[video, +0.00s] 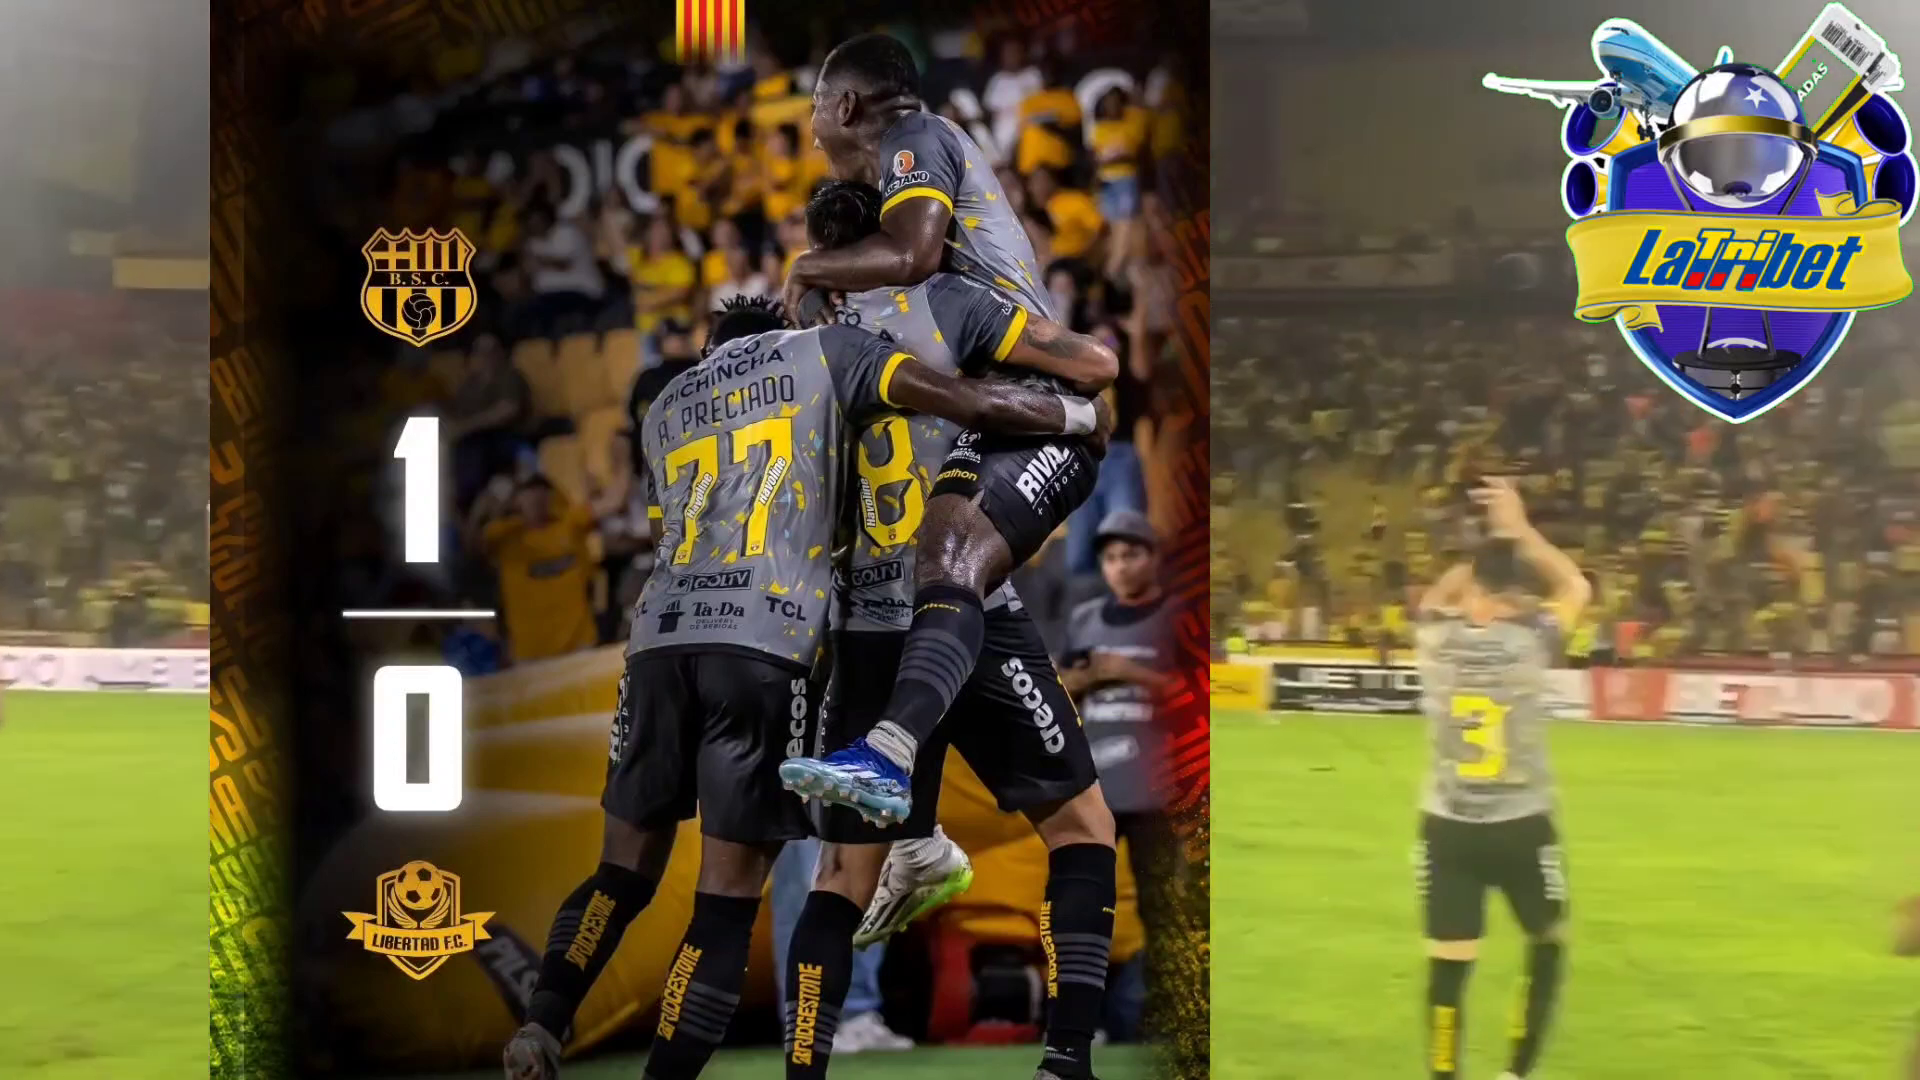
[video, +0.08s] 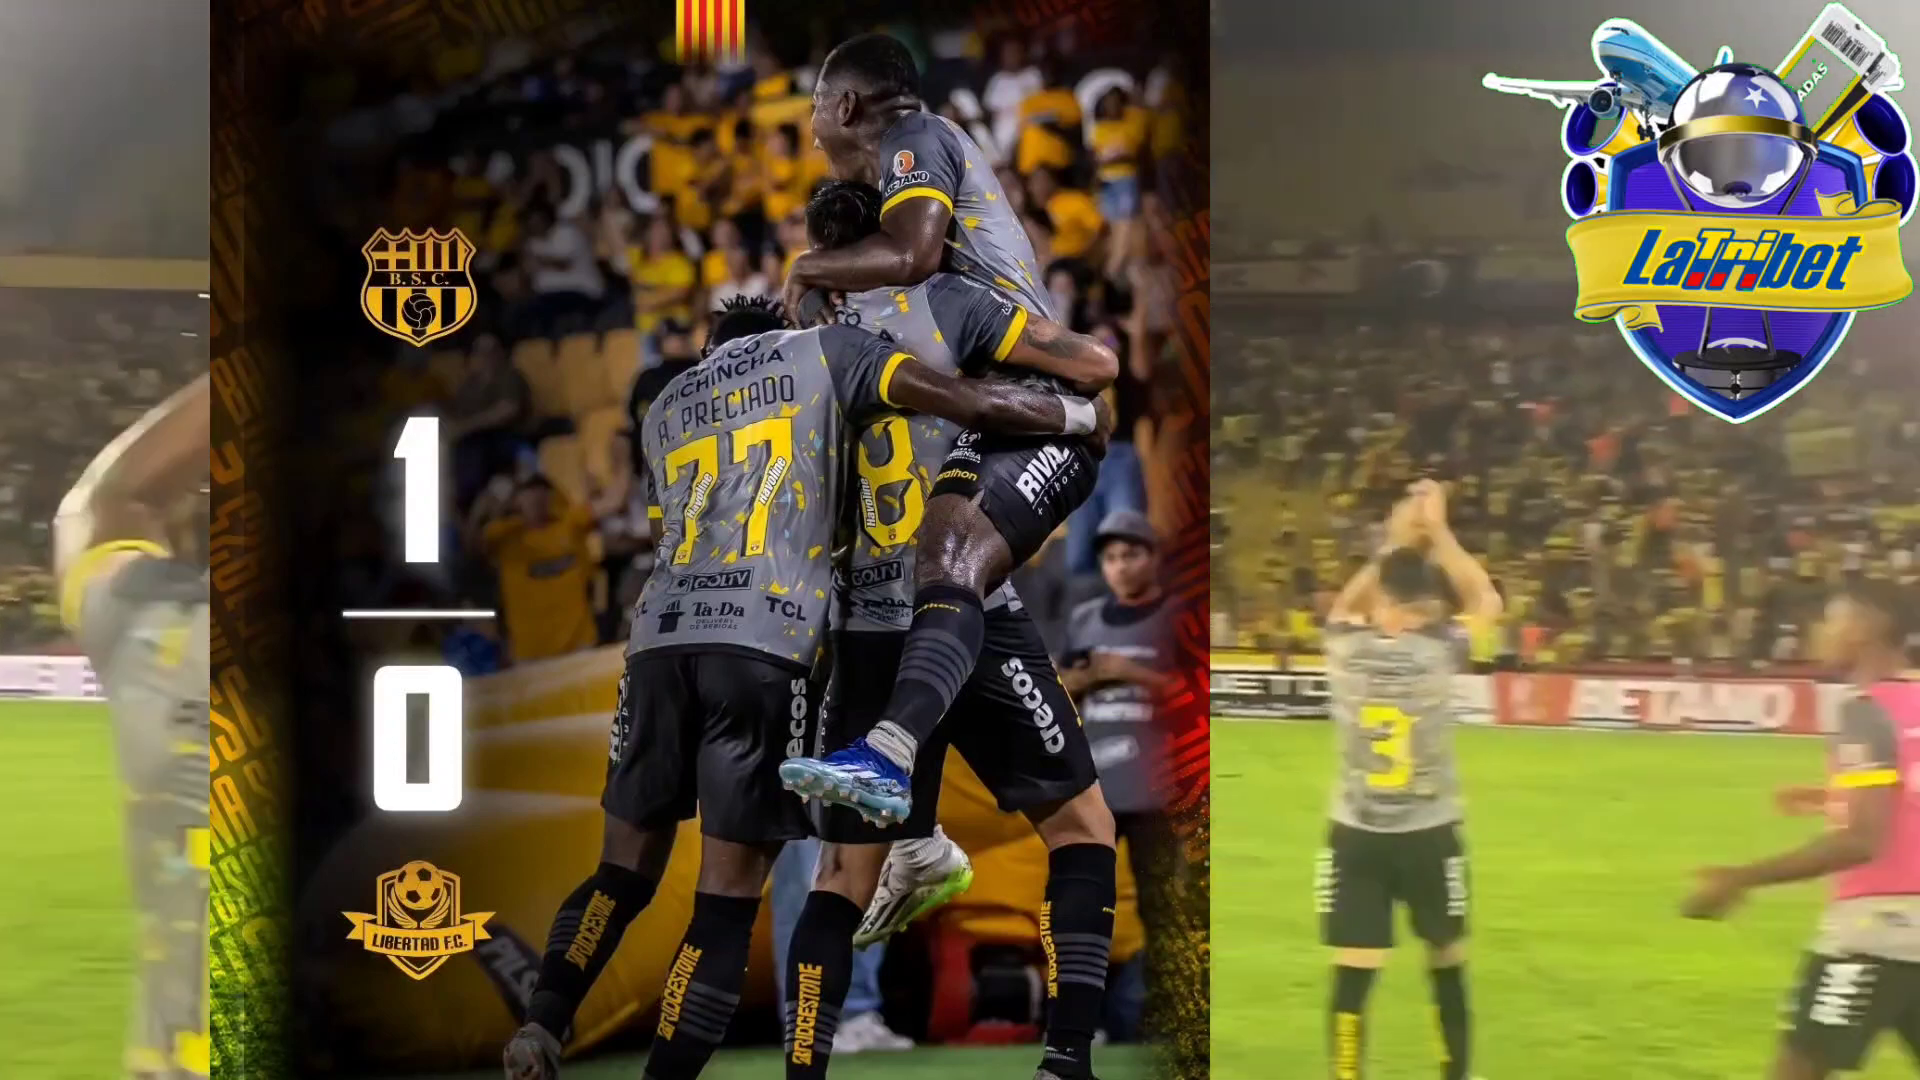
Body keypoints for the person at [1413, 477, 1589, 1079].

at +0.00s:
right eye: (1519, 591)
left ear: (1471, 588)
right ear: (1515, 593)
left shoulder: (1435, 636)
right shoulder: (1534, 642)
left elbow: (1440, 595)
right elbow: (1575, 586)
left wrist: (1485, 551)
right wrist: (1521, 532)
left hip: (1449, 823)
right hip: (1521, 825)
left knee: (1450, 956)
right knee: (1548, 937)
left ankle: (1442, 1069)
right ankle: (1522, 1067)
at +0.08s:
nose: (1420, 619)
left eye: (1422, 609)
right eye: (1419, 609)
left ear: (1377, 603)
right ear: (1426, 609)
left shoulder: (1344, 649)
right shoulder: (1442, 652)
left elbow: (1349, 601)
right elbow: (1484, 598)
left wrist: (1391, 546)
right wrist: (1440, 535)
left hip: (1358, 833)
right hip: (1430, 833)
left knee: (1354, 967)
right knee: (1447, 962)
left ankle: (1347, 1072)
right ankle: (1457, 1069)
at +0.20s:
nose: (1368, 627)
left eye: (1361, 613)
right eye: (1373, 618)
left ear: (1328, 609)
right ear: (1378, 614)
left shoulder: (1293, 659)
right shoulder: (1389, 661)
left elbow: (1300, 617)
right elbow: (1429, 608)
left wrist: (1325, 562)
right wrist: (1390, 534)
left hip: (1302, 841)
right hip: (1375, 841)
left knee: (1292, 972)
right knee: (1390, 970)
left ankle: (1279, 1072)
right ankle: (1397, 1071)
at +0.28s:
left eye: (1299, 597)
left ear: (1295, 603)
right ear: (1350, 605)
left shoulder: (1261, 656)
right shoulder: (1359, 659)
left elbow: (1278, 610)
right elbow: (1391, 607)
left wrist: (1313, 562)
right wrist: (1346, 545)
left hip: (1276, 839)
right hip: (1347, 838)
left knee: (1261, 965)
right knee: (1356, 961)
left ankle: (1239, 1073)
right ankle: (1356, 1073)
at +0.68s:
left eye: (1308, 620)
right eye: (1354, 617)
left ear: (1302, 620)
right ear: (1356, 624)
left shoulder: (1276, 679)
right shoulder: (1374, 678)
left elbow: (1290, 639)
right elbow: (1412, 633)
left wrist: (1310, 585)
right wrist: (1372, 568)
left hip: (1289, 860)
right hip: (1354, 861)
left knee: (1308, 980)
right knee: (1342, 996)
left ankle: (1311, 1072)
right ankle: (1335, 1075)